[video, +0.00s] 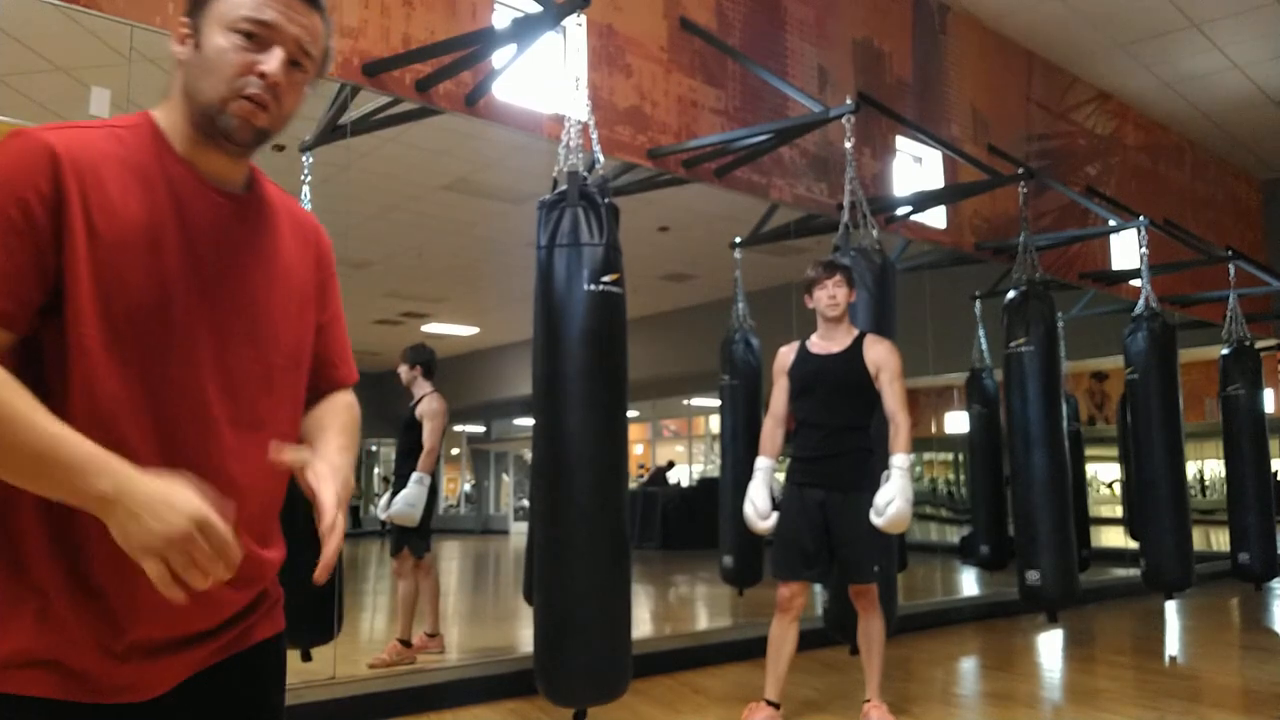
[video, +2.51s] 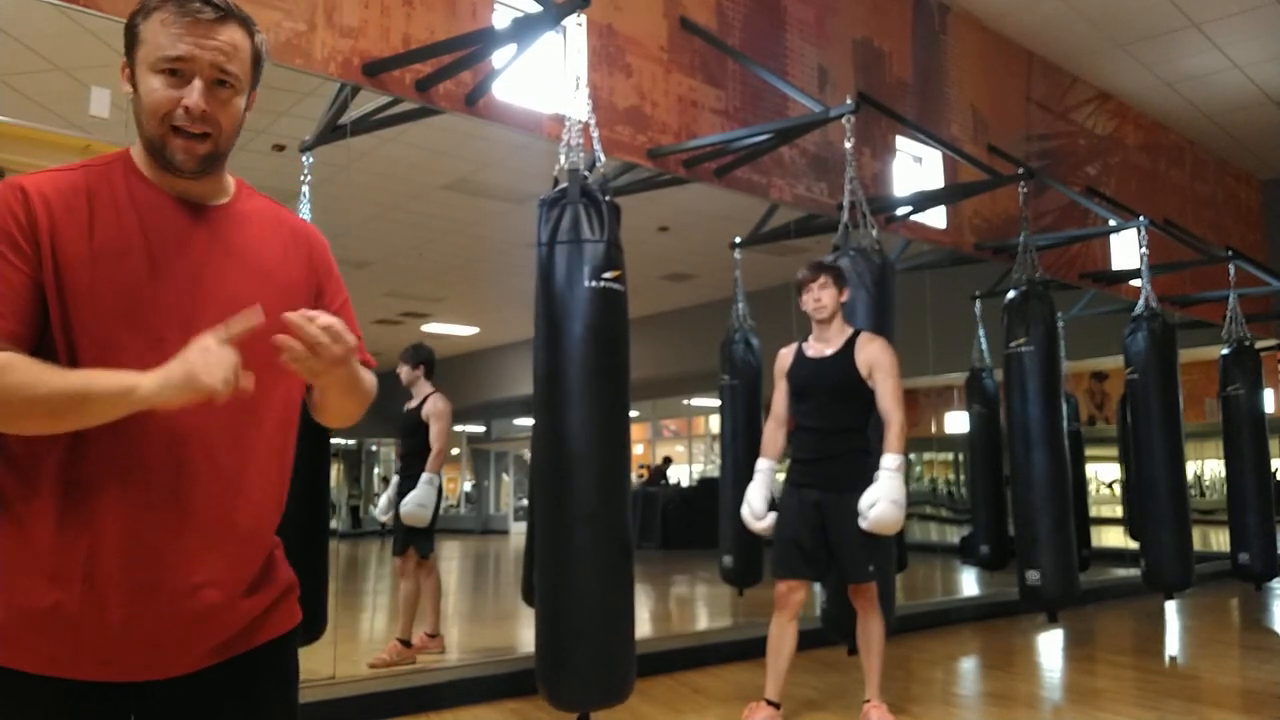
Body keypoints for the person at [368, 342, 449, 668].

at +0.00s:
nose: (398, 373)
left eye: (402, 368)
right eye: (399, 368)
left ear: (417, 369)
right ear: (418, 370)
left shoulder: (432, 402)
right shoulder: (418, 403)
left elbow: (431, 450)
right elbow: (407, 454)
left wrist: (415, 490)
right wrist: (391, 491)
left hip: (415, 487)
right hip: (408, 486)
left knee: (403, 566)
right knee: (423, 564)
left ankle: (403, 642)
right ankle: (432, 634)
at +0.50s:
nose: (399, 372)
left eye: (403, 367)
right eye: (400, 367)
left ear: (418, 370)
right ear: (419, 370)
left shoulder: (434, 402)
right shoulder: (417, 403)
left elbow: (433, 450)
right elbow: (406, 454)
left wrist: (419, 489)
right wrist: (392, 492)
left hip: (416, 486)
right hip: (408, 485)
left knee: (406, 565)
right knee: (424, 564)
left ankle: (403, 641)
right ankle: (431, 634)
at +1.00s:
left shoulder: (434, 402)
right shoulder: (415, 408)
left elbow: (433, 447)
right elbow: (405, 457)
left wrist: (418, 486)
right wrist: (393, 492)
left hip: (416, 486)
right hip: (407, 485)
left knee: (408, 564)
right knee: (425, 564)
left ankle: (404, 642)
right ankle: (432, 633)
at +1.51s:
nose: (402, 374)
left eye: (405, 368)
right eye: (402, 369)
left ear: (421, 369)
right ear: (421, 370)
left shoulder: (433, 401)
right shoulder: (421, 402)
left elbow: (431, 448)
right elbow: (409, 452)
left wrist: (417, 488)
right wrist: (393, 490)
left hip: (419, 484)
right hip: (411, 483)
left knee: (409, 562)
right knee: (424, 562)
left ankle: (404, 641)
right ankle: (431, 634)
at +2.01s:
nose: (403, 375)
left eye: (406, 369)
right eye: (403, 369)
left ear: (422, 369)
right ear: (421, 370)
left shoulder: (435, 403)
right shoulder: (421, 403)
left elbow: (433, 450)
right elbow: (409, 452)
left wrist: (418, 489)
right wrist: (394, 490)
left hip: (419, 485)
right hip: (411, 484)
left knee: (409, 564)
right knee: (425, 563)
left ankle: (404, 641)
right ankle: (430, 634)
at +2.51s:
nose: (398, 372)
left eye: (402, 366)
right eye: (399, 367)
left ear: (419, 369)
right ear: (415, 370)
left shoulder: (437, 402)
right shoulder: (411, 403)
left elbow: (439, 449)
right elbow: (406, 454)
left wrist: (425, 489)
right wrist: (391, 491)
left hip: (421, 484)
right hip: (407, 482)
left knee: (405, 564)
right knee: (424, 563)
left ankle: (403, 641)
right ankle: (432, 634)